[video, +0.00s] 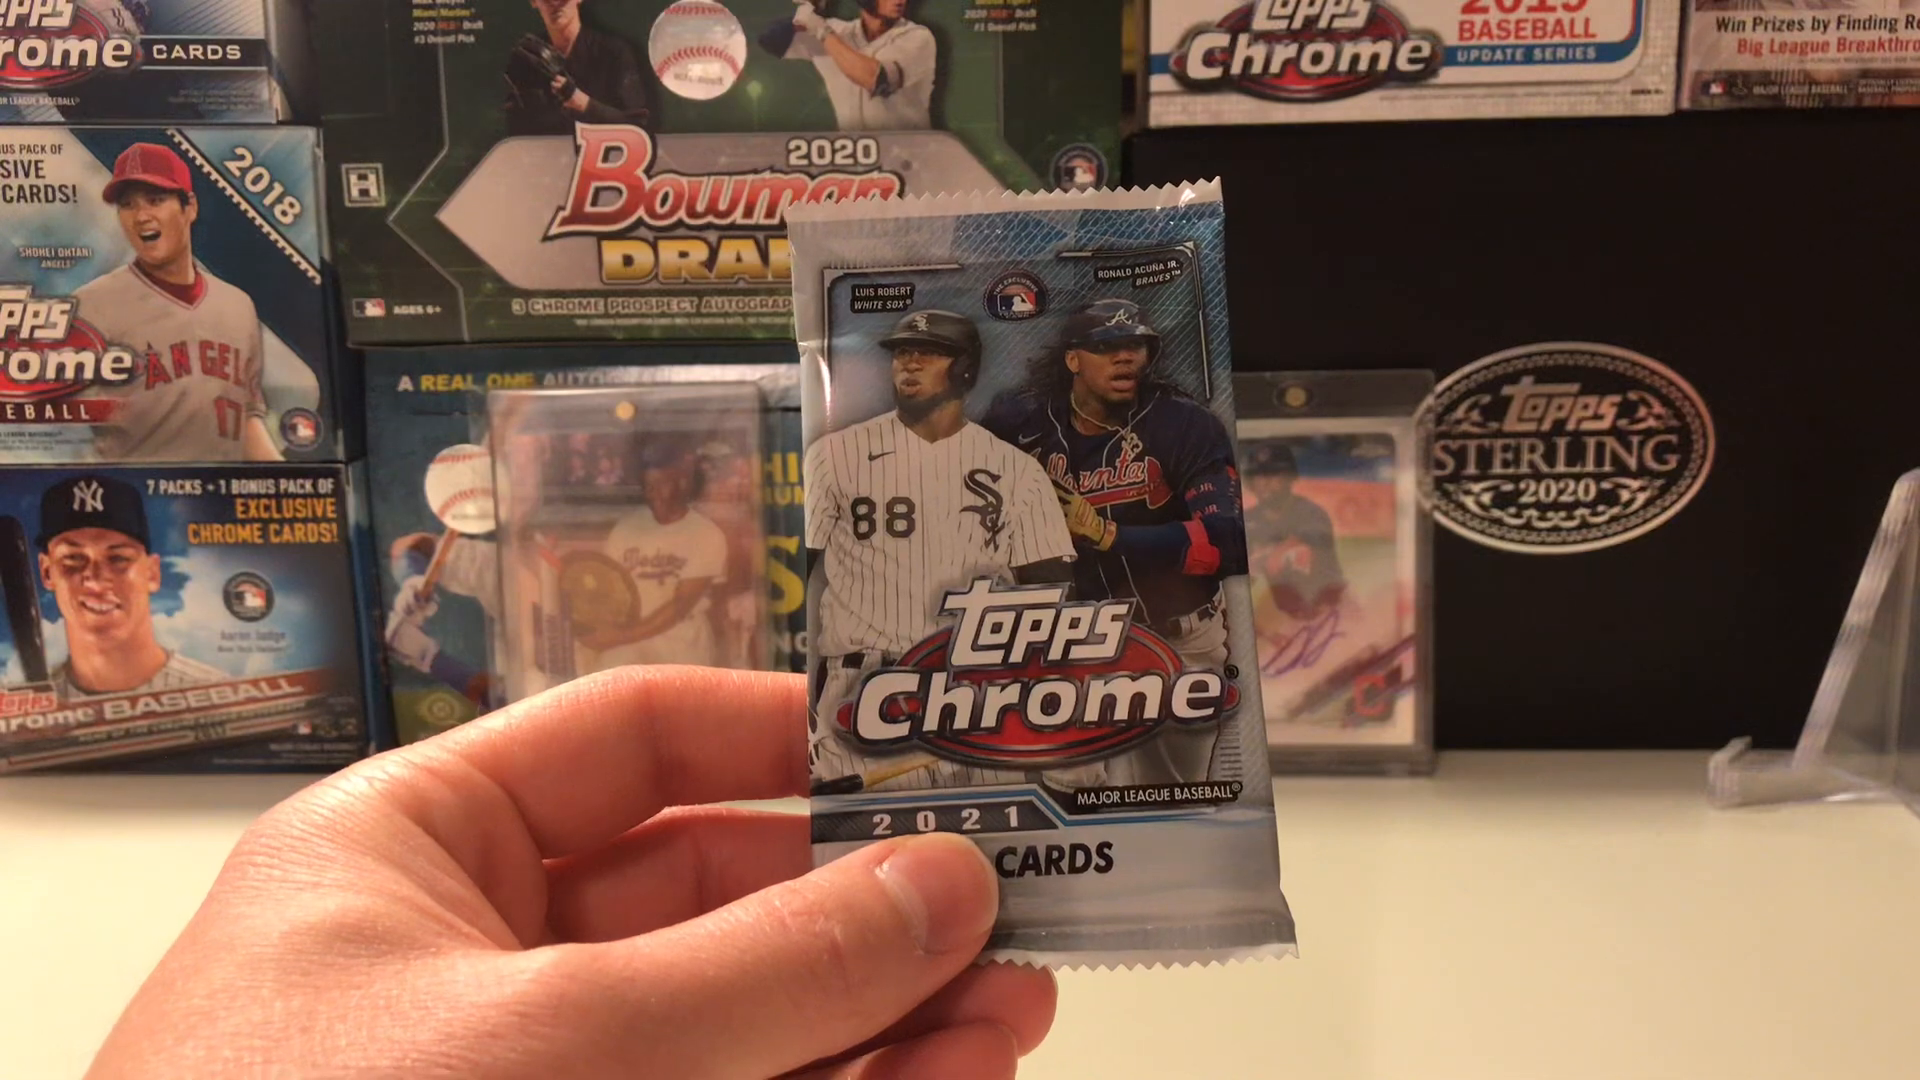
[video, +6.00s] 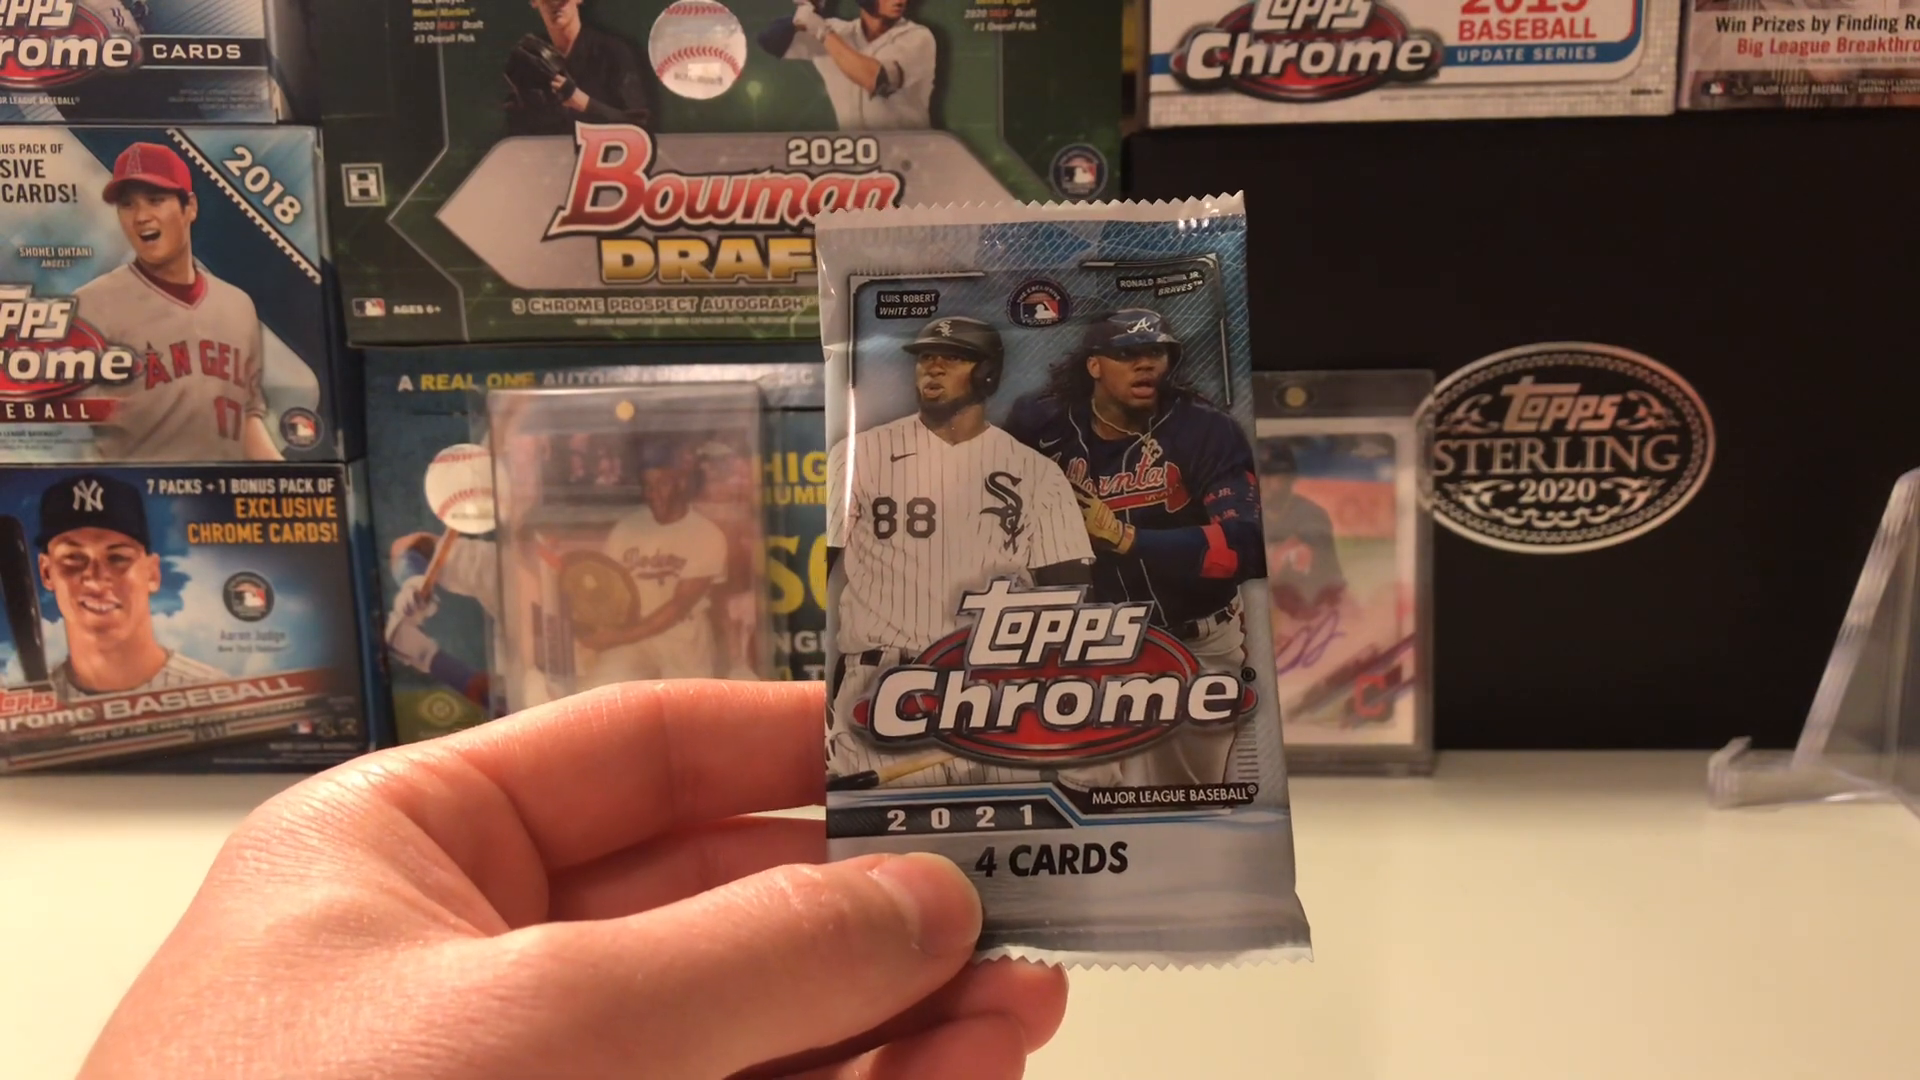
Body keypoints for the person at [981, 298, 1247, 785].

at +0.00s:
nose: (1128, 358)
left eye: (1136, 346)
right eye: (1110, 347)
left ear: (1149, 353)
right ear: (1073, 360)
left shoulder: (1186, 426)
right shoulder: (1021, 423)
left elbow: (1225, 541)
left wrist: (1109, 534)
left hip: (1181, 634)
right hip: (1072, 639)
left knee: (1177, 802)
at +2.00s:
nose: (1132, 354)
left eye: (1141, 341)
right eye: (1114, 343)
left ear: (1154, 348)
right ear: (1077, 355)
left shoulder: (1191, 423)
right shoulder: (1024, 418)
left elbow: (1228, 537)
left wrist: (1113, 531)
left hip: (1184, 631)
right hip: (1073, 638)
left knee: (1184, 802)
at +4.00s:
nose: (1121, 362)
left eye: (1129, 350)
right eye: (1104, 351)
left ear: (1142, 358)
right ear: (1068, 363)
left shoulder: (1179, 428)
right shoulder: (1016, 421)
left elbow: (1210, 537)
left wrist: (1101, 529)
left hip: (1174, 629)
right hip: (1065, 633)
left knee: (1169, 795)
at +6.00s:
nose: (1148, 365)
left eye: (1157, 353)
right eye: (1130, 354)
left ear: (1170, 361)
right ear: (1094, 366)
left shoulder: (1208, 432)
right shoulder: (1042, 426)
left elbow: (1242, 548)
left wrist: (1126, 538)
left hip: (1197, 639)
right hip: (1086, 642)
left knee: (1192, 809)